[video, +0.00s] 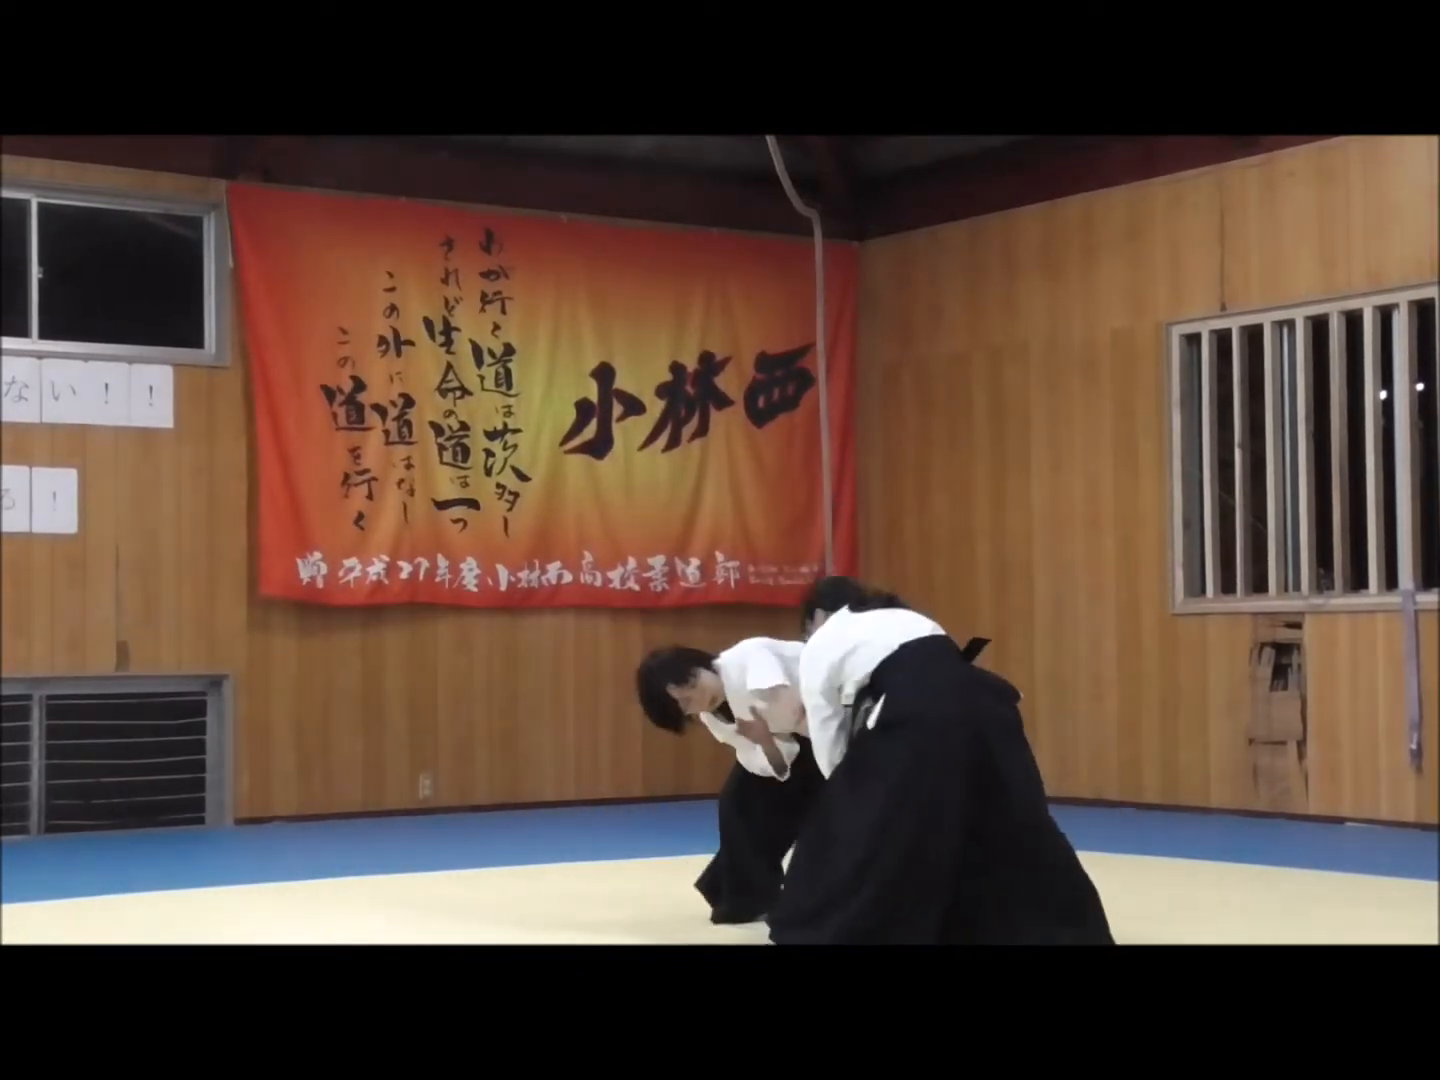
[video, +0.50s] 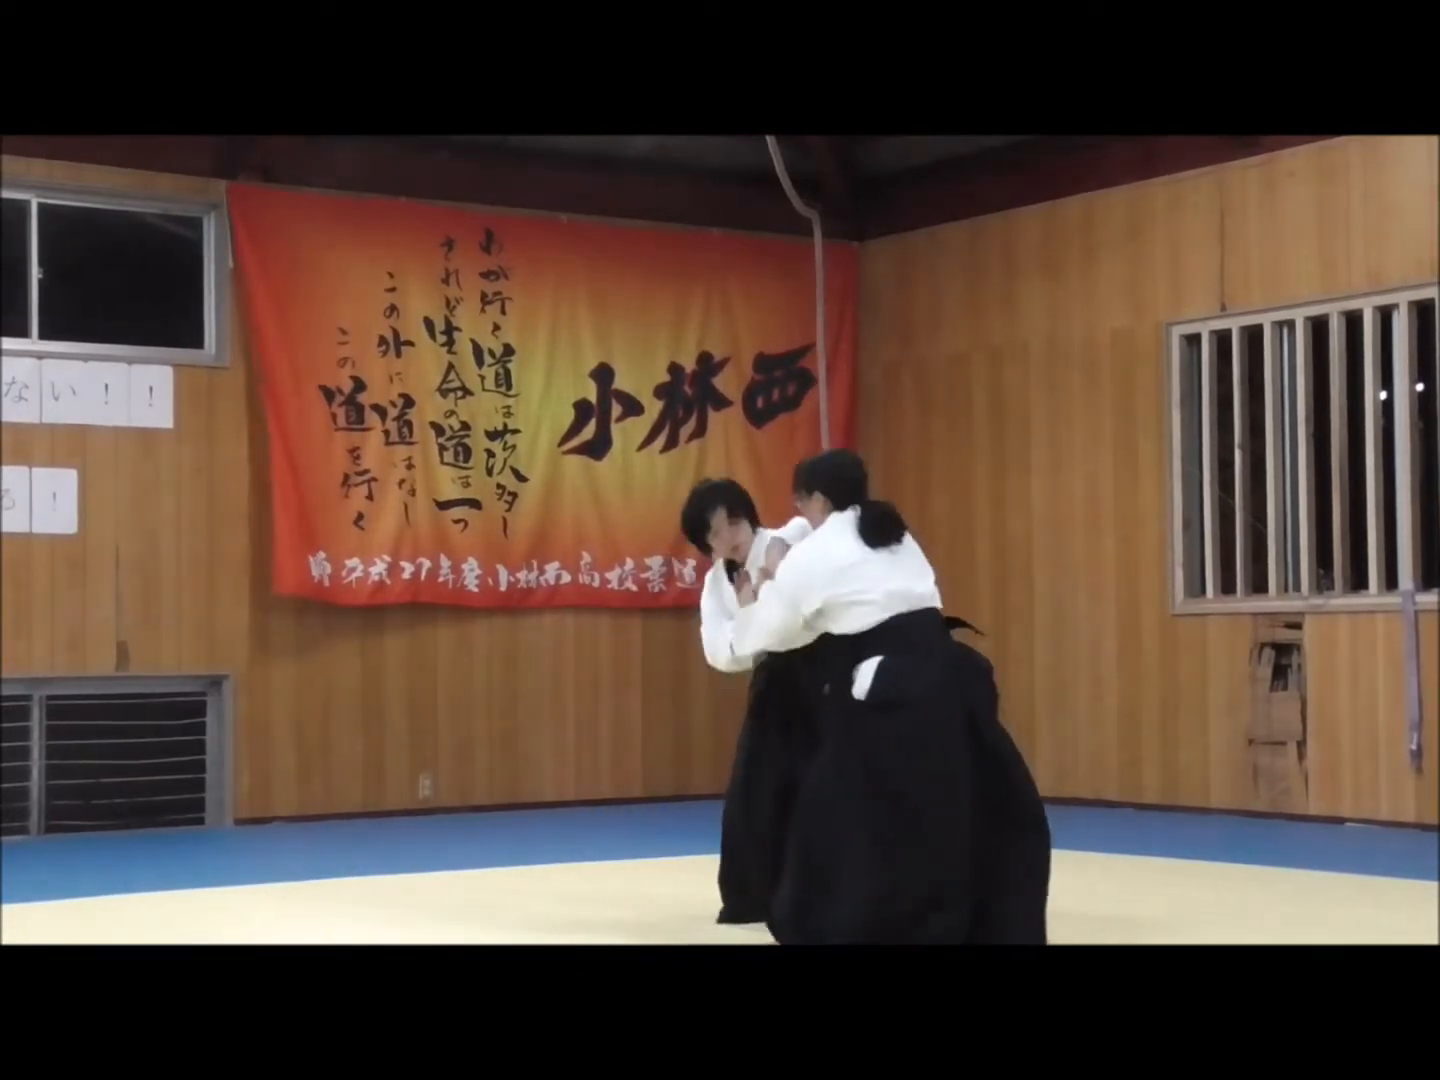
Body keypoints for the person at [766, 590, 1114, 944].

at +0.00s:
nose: (807, 638)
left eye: (808, 628)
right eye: (808, 630)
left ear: (822, 616)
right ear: (863, 606)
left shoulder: (819, 648)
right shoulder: (907, 618)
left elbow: (830, 752)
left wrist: (850, 796)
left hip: (915, 723)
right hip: (990, 712)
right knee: (1021, 832)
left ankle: (808, 926)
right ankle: (1072, 927)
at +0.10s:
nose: (806, 618)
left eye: (806, 607)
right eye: (803, 610)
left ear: (822, 595)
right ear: (859, 586)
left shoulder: (823, 630)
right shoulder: (908, 603)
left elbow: (832, 732)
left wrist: (839, 794)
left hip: (921, 713)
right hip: (995, 701)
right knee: (1013, 829)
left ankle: (821, 926)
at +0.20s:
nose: (806, 593)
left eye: (805, 582)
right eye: (803, 584)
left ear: (821, 571)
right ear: (858, 559)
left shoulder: (825, 610)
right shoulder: (902, 584)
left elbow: (810, 752)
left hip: (922, 707)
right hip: (993, 693)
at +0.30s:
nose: (802, 565)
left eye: (803, 554)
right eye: (801, 554)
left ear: (821, 547)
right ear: (858, 539)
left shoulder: (824, 591)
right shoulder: (900, 567)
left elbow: (778, 720)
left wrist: (764, 671)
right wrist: (809, 638)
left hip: (916, 696)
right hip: (985, 681)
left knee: (880, 818)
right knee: (997, 814)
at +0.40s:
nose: (802, 534)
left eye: (804, 523)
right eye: (801, 523)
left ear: (821, 519)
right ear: (857, 512)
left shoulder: (819, 570)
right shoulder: (897, 543)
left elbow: (775, 664)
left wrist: (757, 636)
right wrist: (795, 614)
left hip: (903, 684)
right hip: (968, 671)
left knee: (860, 805)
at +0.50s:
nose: (800, 509)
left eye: (803, 499)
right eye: (798, 501)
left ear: (821, 500)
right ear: (857, 493)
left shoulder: (814, 554)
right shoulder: (895, 532)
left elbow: (762, 636)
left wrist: (749, 602)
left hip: (884, 683)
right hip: (950, 670)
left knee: (847, 800)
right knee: (955, 800)